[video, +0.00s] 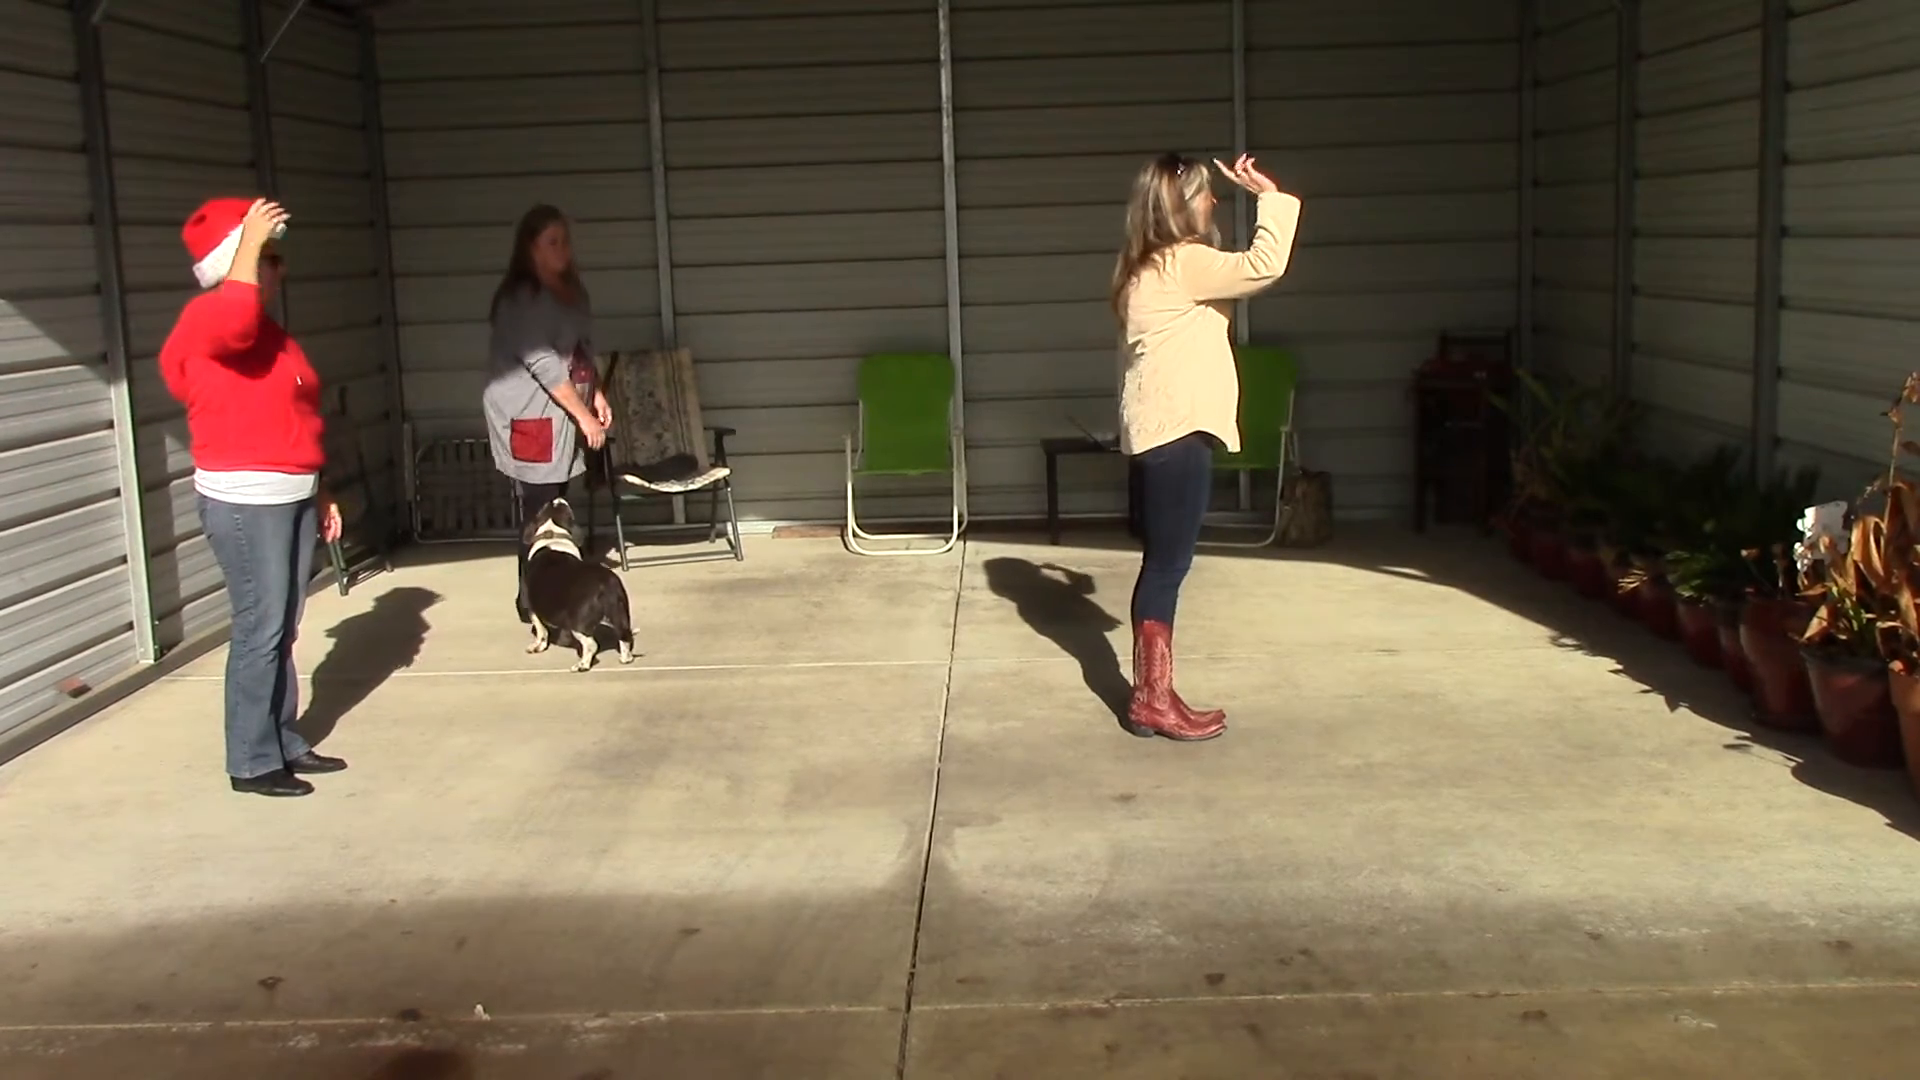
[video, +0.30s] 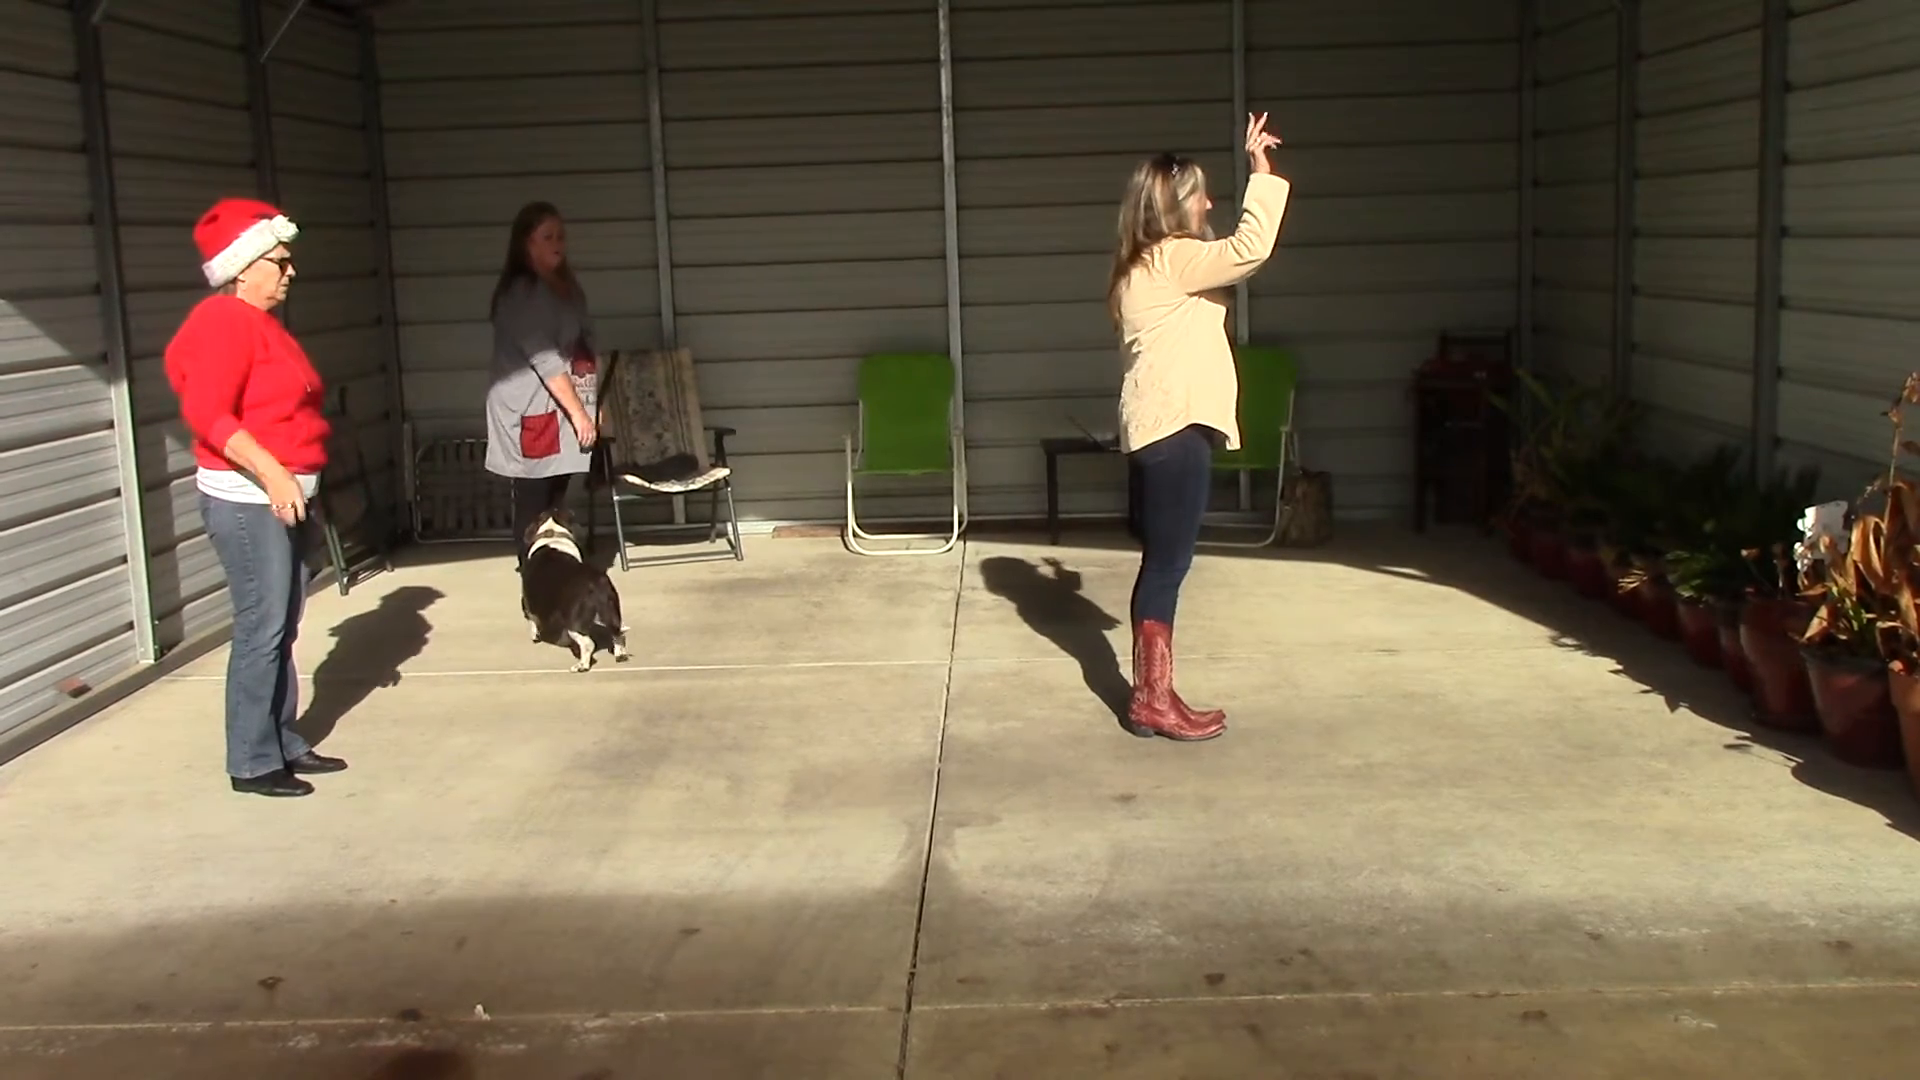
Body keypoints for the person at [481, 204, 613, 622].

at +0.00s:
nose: (561, 249)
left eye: (564, 241)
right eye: (551, 242)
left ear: (568, 245)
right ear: (531, 248)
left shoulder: (572, 290)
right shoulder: (520, 298)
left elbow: (580, 351)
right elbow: (542, 364)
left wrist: (595, 394)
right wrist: (581, 415)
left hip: (559, 408)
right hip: (525, 413)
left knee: (556, 505)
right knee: (538, 510)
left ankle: (557, 592)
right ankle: (534, 597)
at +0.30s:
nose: (558, 245)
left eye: (560, 236)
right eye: (548, 238)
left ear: (564, 240)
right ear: (527, 244)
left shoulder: (565, 286)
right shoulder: (519, 292)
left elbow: (580, 341)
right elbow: (543, 358)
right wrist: (578, 413)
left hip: (556, 403)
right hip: (524, 409)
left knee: (552, 502)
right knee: (533, 506)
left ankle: (552, 586)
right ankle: (537, 595)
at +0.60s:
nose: (554, 245)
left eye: (557, 236)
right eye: (545, 237)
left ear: (562, 239)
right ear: (523, 243)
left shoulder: (564, 286)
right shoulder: (519, 291)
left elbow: (582, 346)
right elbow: (531, 358)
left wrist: (591, 402)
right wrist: (555, 415)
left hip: (559, 398)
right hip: (525, 404)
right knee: (533, 492)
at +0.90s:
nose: (552, 245)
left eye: (554, 236)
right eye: (542, 237)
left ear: (560, 239)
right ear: (520, 245)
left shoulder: (564, 286)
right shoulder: (516, 292)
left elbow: (581, 346)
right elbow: (535, 358)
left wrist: (595, 395)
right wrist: (567, 408)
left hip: (559, 407)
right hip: (527, 411)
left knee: (553, 507)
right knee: (534, 507)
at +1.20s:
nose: (553, 245)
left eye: (555, 236)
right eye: (543, 238)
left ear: (561, 240)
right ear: (521, 245)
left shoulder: (564, 287)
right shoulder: (516, 292)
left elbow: (583, 346)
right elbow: (535, 358)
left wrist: (596, 394)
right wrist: (564, 410)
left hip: (559, 406)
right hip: (528, 411)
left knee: (555, 499)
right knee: (535, 502)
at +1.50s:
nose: (558, 245)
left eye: (560, 236)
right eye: (548, 237)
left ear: (565, 240)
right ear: (526, 244)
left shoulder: (567, 287)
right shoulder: (521, 292)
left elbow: (585, 347)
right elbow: (538, 358)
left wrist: (597, 397)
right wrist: (565, 411)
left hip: (563, 403)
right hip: (531, 409)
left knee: (557, 507)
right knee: (537, 508)